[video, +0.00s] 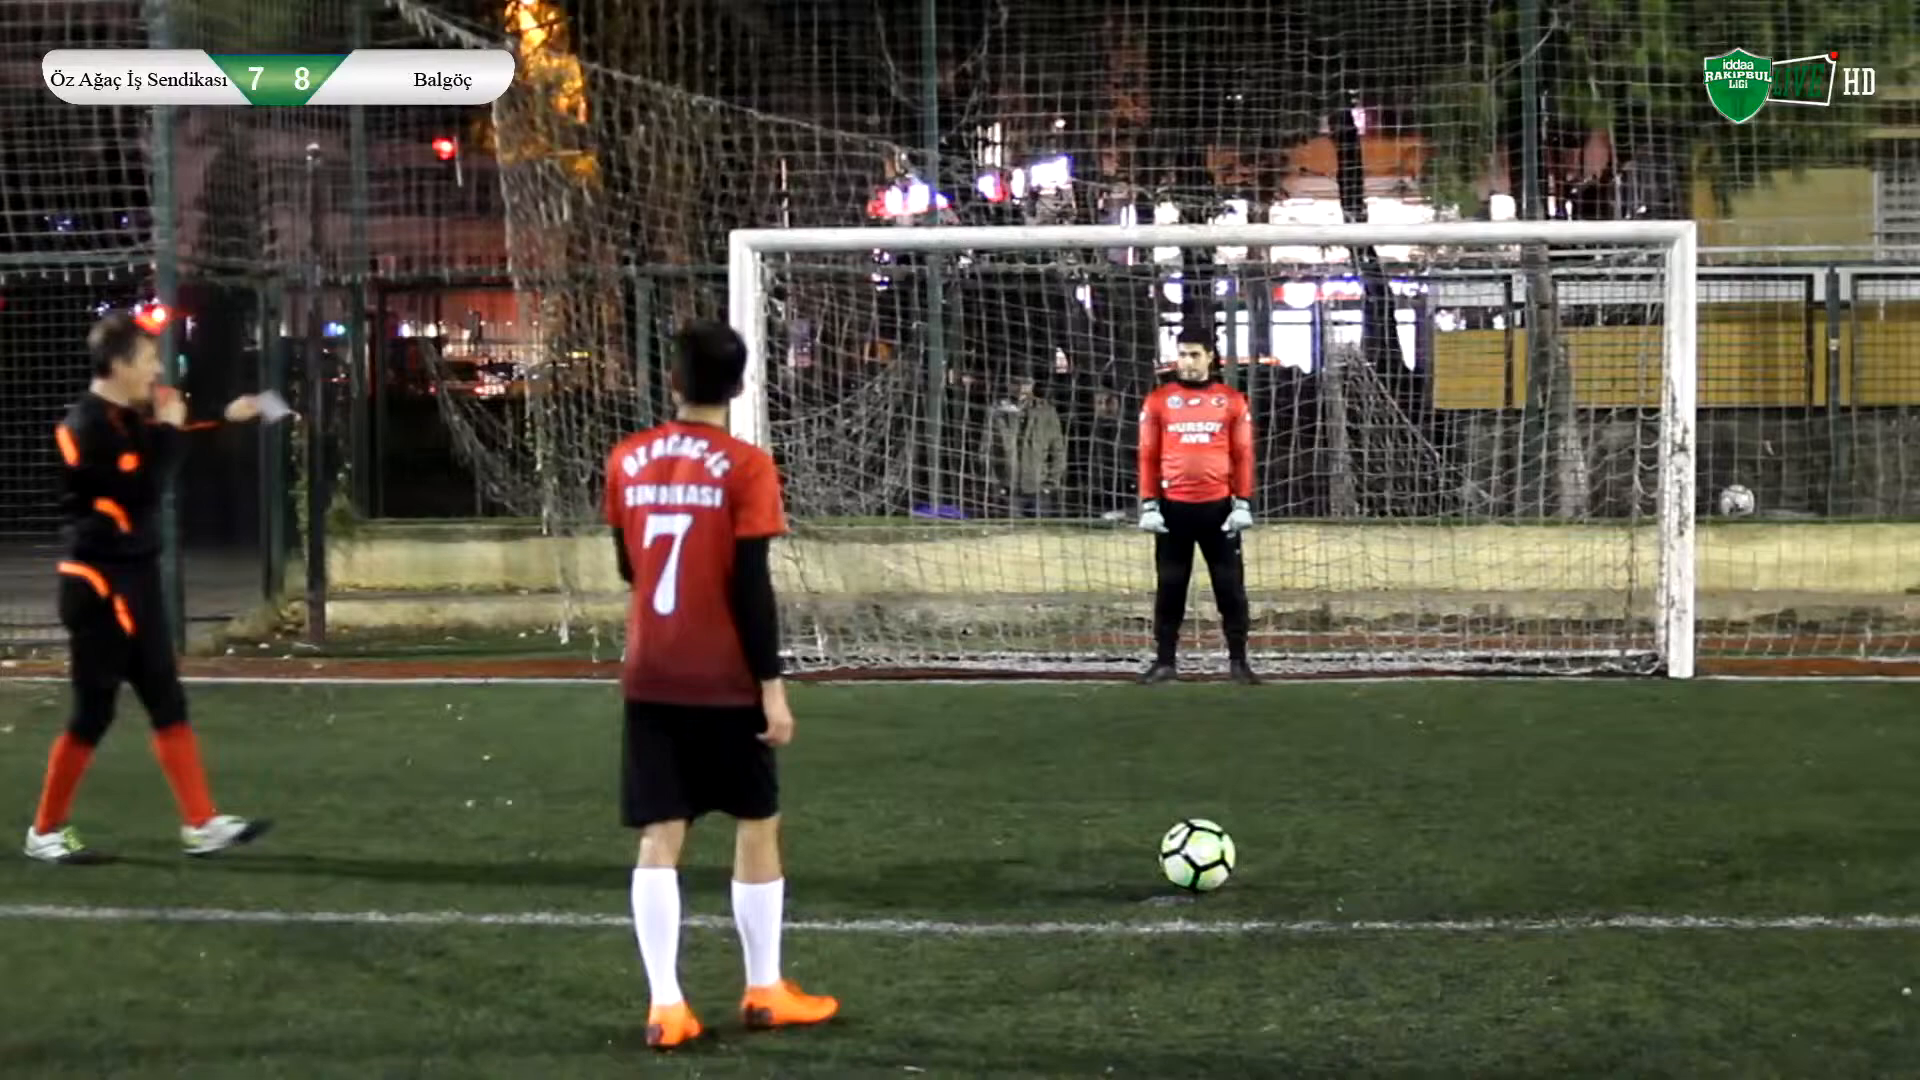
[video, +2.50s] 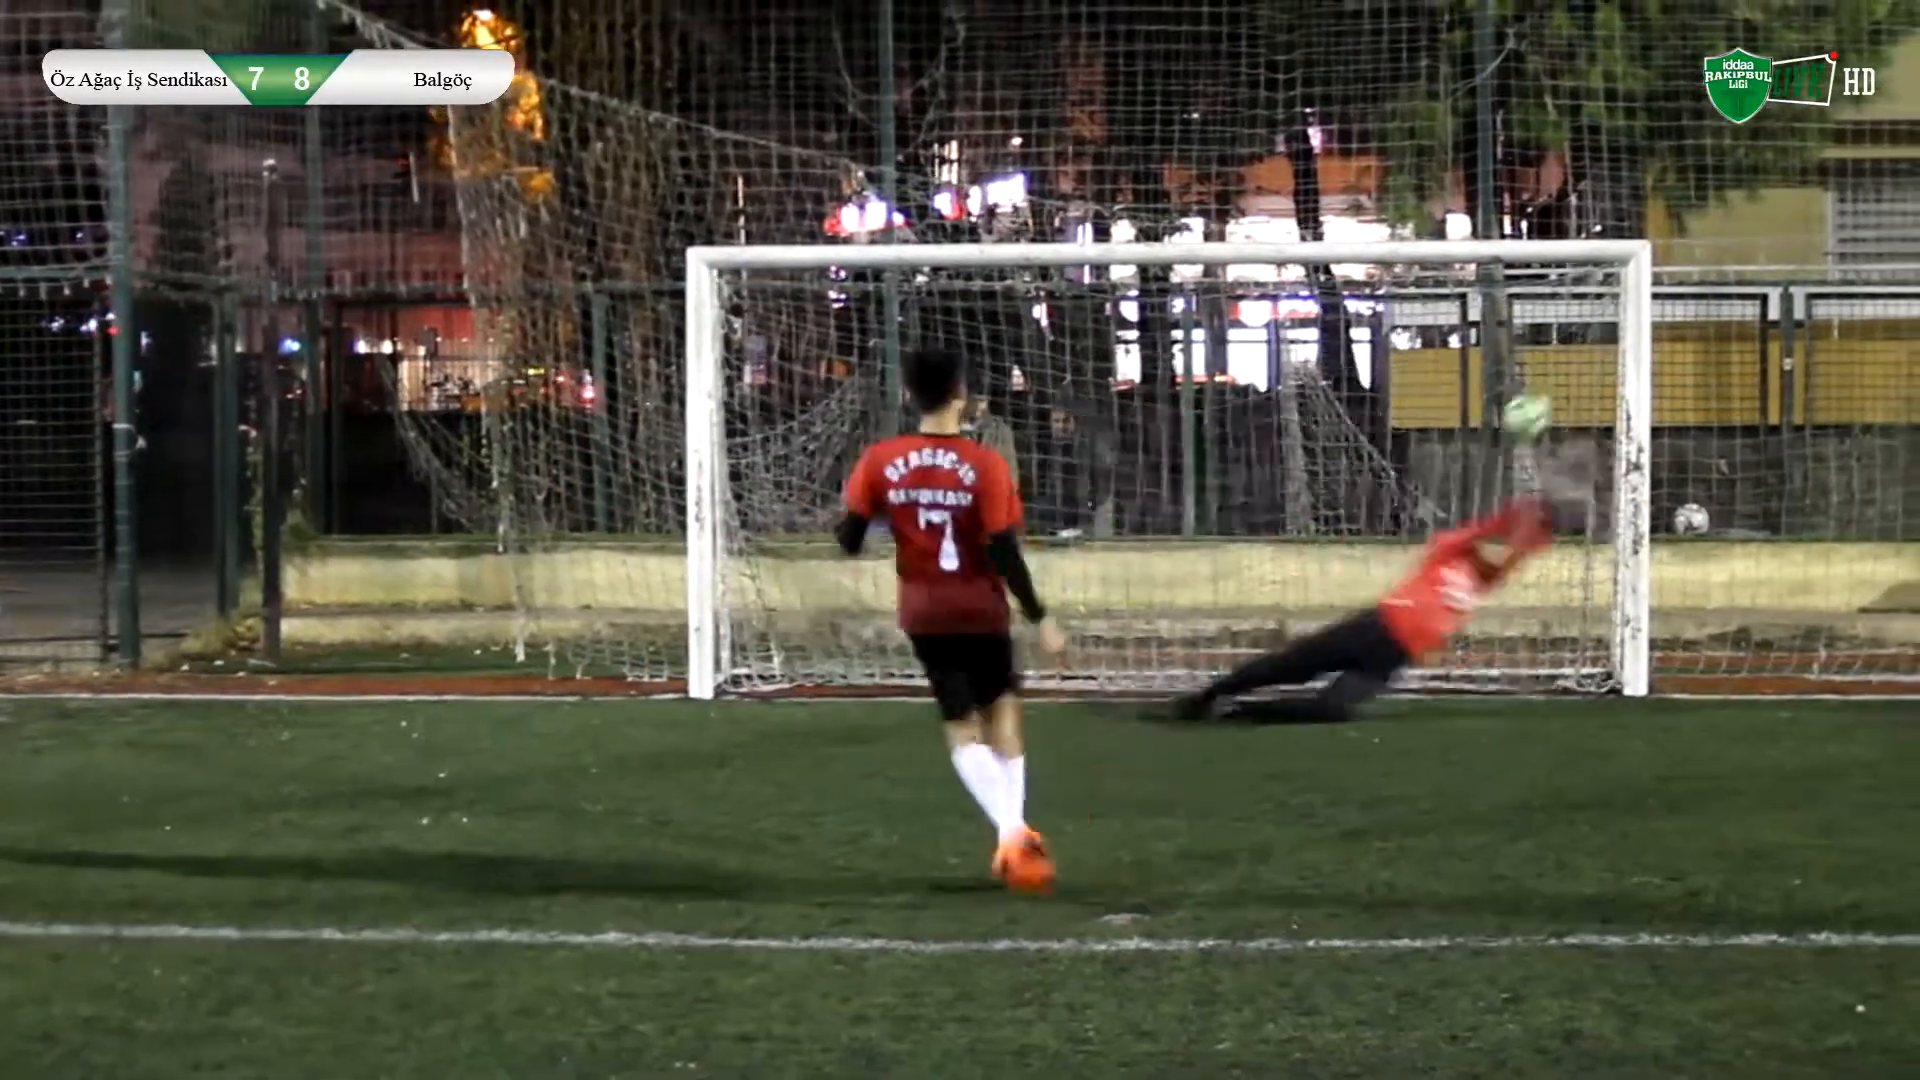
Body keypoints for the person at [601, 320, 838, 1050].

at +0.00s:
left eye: (691, 370)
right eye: (737, 378)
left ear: (676, 380)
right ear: (740, 386)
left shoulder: (627, 458)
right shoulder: (749, 466)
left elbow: (631, 568)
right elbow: (750, 583)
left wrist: (706, 566)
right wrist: (771, 681)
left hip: (649, 681)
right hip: (726, 681)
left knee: (661, 830)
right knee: (759, 821)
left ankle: (665, 1002)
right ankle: (767, 986)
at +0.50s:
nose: (754, 394)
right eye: (756, 385)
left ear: (687, 385)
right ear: (750, 392)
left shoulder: (635, 461)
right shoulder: (753, 468)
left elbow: (590, 562)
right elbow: (755, 576)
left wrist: (567, 658)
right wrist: (781, 679)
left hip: (650, 684)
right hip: (730, 684)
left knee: (660, 832)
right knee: (754, 830)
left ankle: (662, 1004)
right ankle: (764, 989)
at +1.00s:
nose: (801, 417)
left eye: (799, 405)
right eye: (801, 406)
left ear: (737, 397)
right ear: (788, 408)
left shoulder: (671, 460)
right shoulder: (784, 472)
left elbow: (643, 575)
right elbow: (774, 577)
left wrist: (690, 627)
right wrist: (789, 679)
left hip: (656, 670)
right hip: (733, 675)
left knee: (665, 826)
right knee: (758, 825)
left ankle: (664, 1002)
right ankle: (766, 986)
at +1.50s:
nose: (855, 457)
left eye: (854, 446)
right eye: (854, 446)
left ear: (792, 440)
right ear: (841, 443)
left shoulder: (729, 496)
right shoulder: (837, 496)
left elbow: (695, 597)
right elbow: (810, 575)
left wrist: (734, 648)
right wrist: (805, 678)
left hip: (710, 688)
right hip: (782, 688)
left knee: (693, 834)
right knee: (850, 793)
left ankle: (664, 1002)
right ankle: (850, 957)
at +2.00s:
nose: (985, 429)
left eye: (981, 421)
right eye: (981, 421)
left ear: (926, 433)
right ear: (974, 426)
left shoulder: (899, 487)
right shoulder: (1009, 484)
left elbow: (806, 506)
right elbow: (1075, 555)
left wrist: (818, 565)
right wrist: (1138, 581)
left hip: (948, 664)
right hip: (1006, 657)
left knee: (1021, 764)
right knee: (1015, 784)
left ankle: (1060, 863)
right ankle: (958, 849)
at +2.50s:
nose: (969, 399)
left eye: (962, 390)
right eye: (968, 390)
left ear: (911, 397)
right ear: (961, 395)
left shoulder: (882, 458)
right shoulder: (985, 463)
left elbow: (848, 539)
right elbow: (1002, 549)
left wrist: (875, 502)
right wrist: (1041, 617)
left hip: (924, 619)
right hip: (982, 617)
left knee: (961, 730)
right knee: (1003, 714)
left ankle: (1013, 829)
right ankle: (1011, 837)